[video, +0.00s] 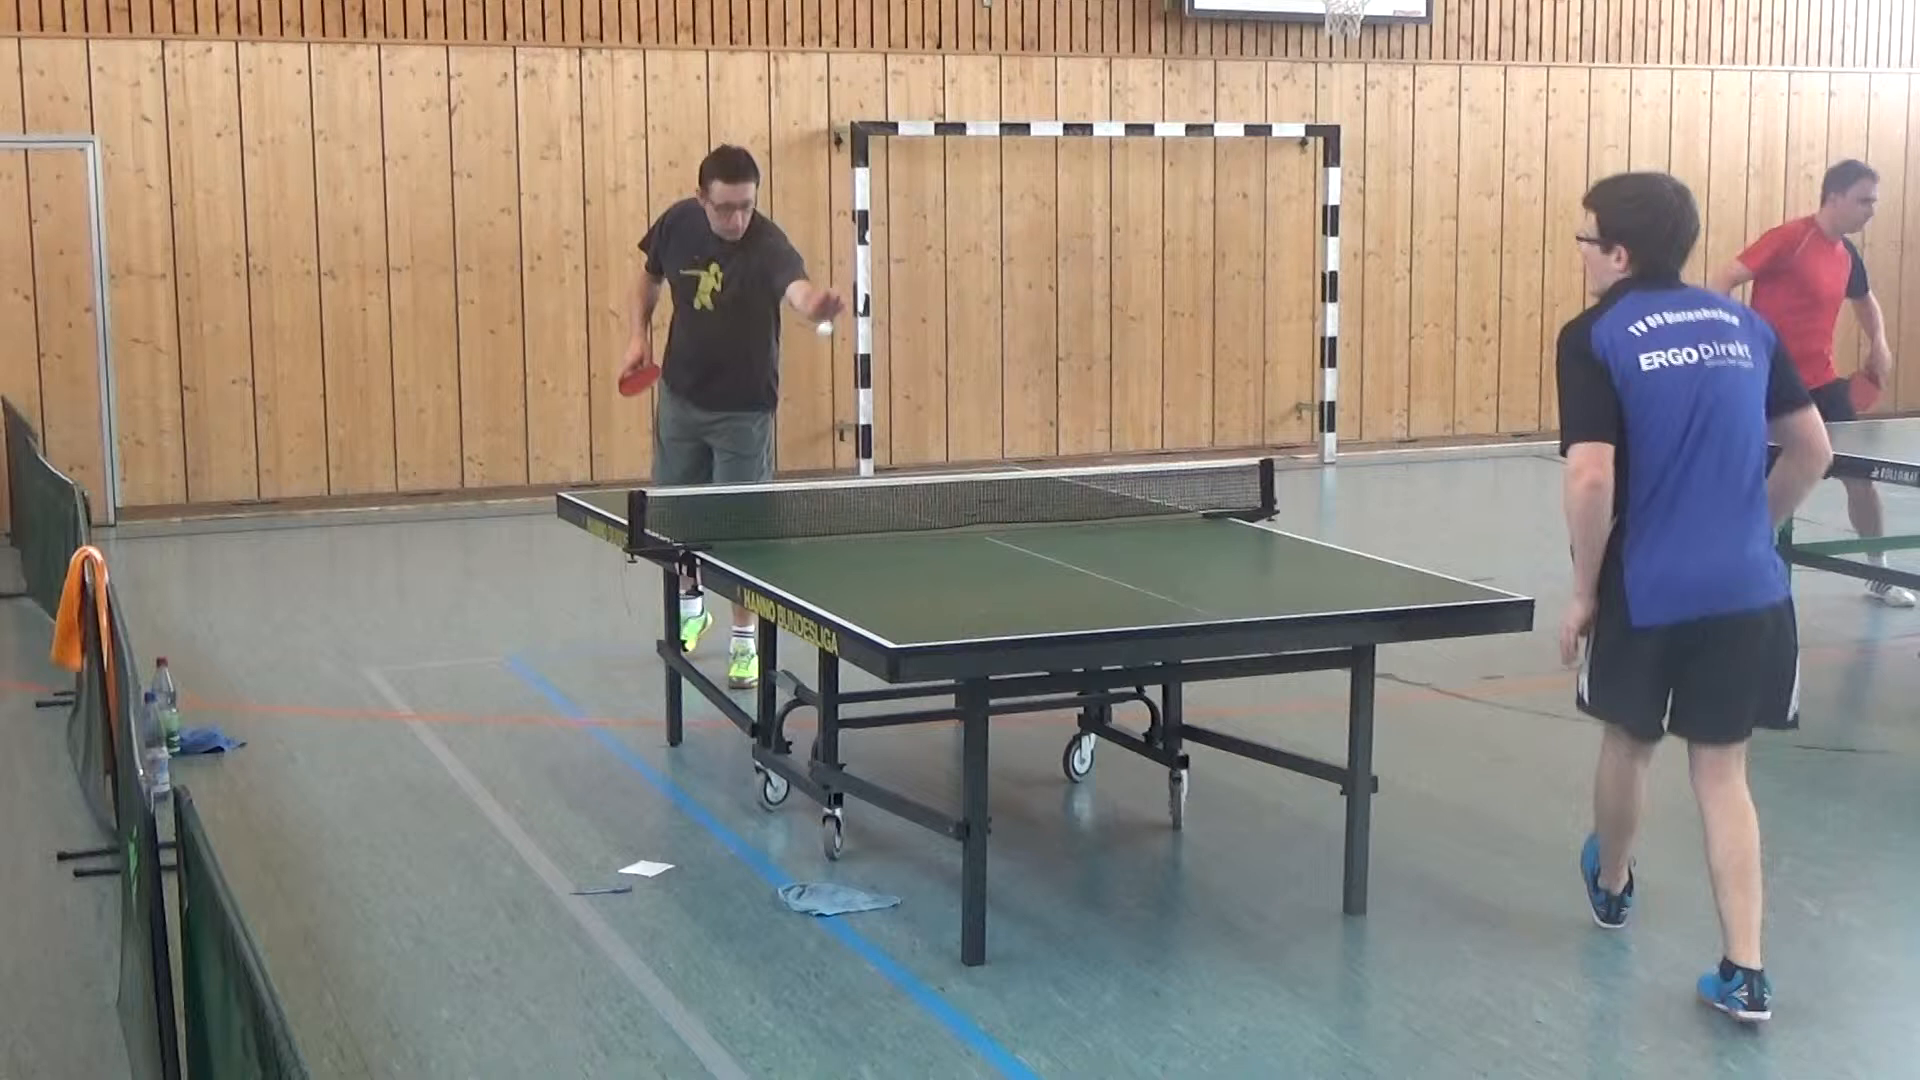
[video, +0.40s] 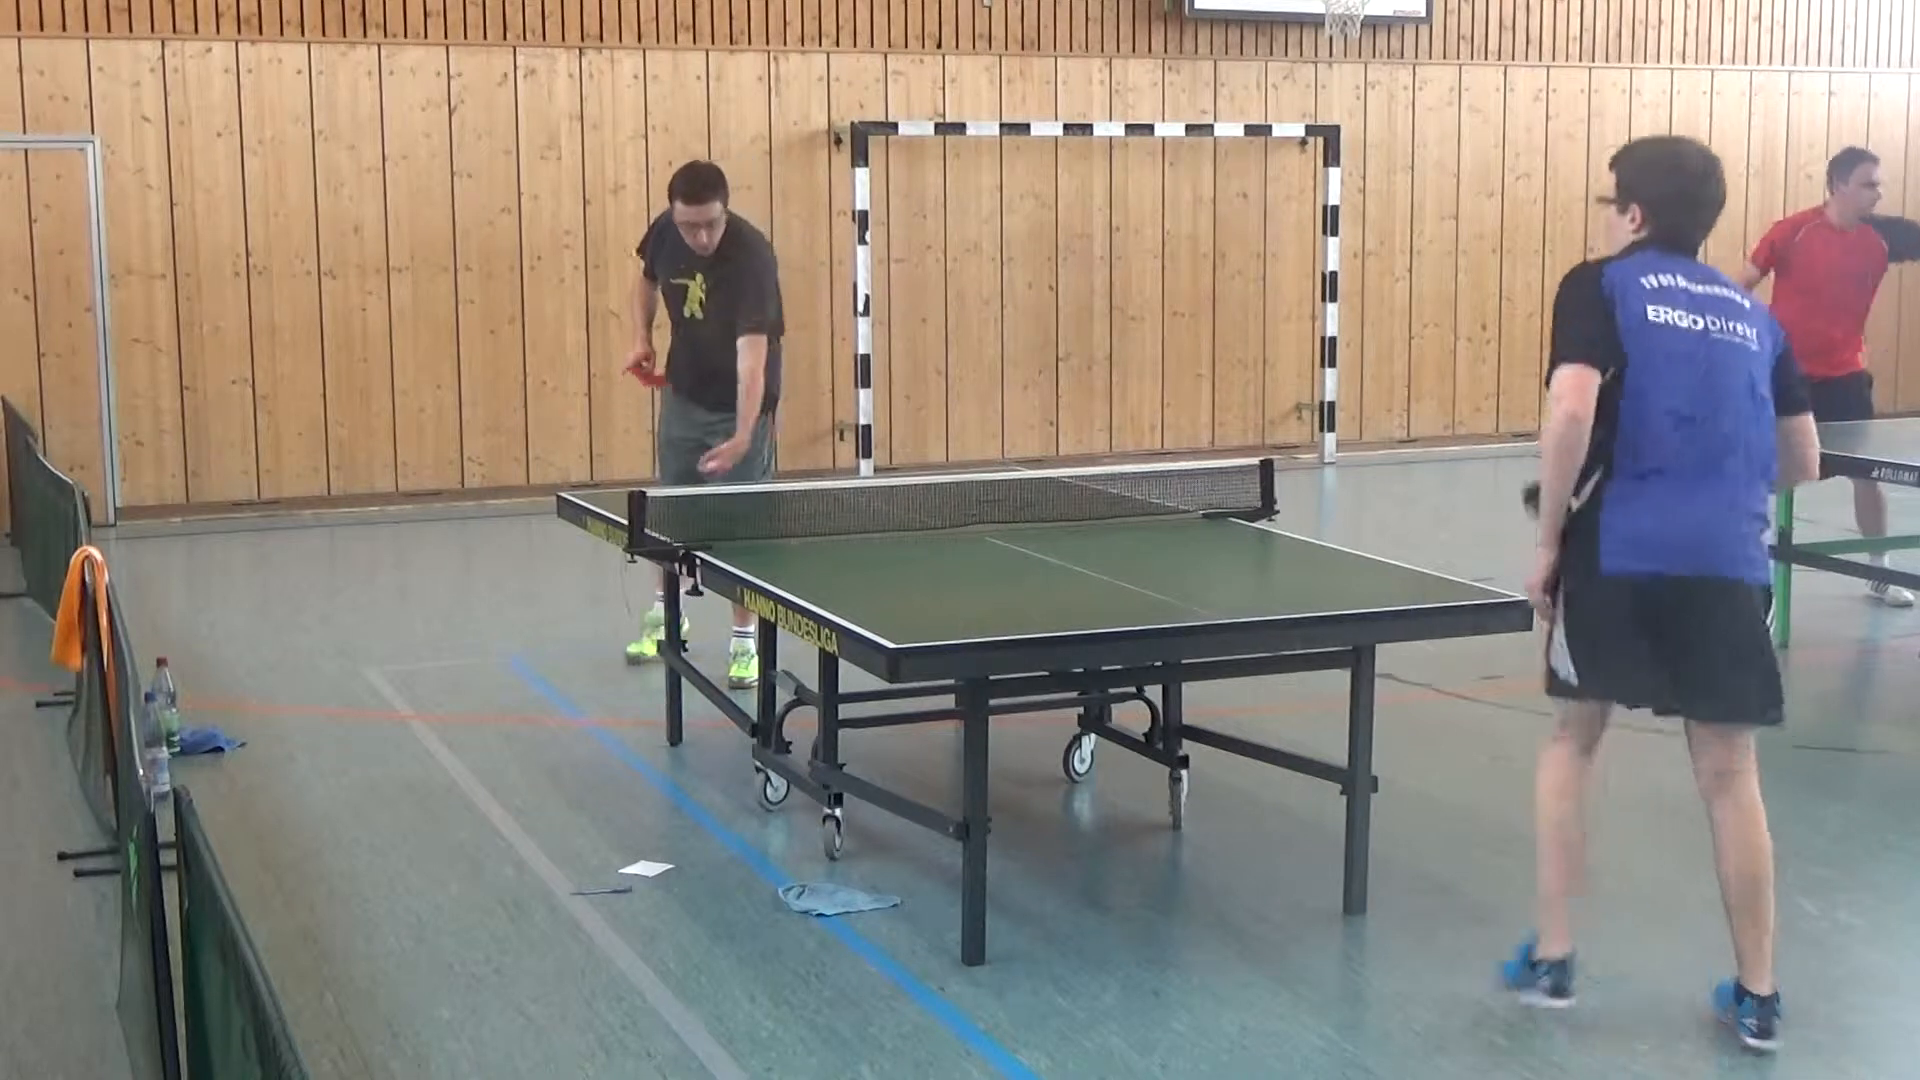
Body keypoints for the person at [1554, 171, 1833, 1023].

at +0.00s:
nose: (1579, 254)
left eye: (1588, 243)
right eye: (1582, 239)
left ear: (1624, 251)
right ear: (1672, 248)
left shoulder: (1591, 337)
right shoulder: (1747, 324)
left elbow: (1592, 475)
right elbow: (1811, 449)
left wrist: (1583, 590)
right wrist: (1754, 524)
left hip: (1646, 591)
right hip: (1747, 588)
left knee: (1627, 742)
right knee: (1724, 769)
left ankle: (1611, 882)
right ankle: (1746, 972)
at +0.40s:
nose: (1605, 220)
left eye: (1611, 207)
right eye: (1610, 205)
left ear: (1634, 214)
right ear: (1703, 218)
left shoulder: (1597, 285)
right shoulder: (1756, 311)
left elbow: (1573, 409)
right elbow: (1803, 461)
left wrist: (1548, 534)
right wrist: (1723, 473)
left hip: (1618, 562)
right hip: (1727, 572)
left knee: (1571, 742)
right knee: (1732, 776)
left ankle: (1552, 956)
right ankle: (1758, 996)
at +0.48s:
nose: (1591, 223)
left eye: (1598, 209)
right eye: (1595, 207)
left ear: (1626, 218)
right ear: (1694, 223)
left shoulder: (1585, 296)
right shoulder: (1753, 321)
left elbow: (1555, 425)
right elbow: (1784, 474)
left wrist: (1519, 566)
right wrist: (1696, 460)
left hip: (1605, 583)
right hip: (1720, 597)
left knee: (1525, 771)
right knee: (1733, 802)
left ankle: (1484, 994)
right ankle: (1787, 1027)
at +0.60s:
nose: (1560, 267)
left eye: (1566, 253)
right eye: (1564, 251)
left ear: (1594, 263)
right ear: (1665, 266)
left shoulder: (1554, 351)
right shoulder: (1722, 366)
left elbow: (1524, 494)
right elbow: (1747, 523)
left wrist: (1494, 635)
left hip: (1574, 649)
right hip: (1689, 655)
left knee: (1476, 831)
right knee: (1717, 839)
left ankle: (1402, 1048)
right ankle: (1788, 1042)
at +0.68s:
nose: (1531, 284)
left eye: (1537, 273)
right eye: (1534, 270)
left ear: (1560, 285)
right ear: (1633, 290)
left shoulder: (1519, 371)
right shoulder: (1687, 396)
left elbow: (1480, 529)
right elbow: (1708, 554)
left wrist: (1449, 664)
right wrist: (1608, 531)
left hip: (1525, 676)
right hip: (1639, 684)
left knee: (1439, 870)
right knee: (1682, 850)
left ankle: (1399, 1070)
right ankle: (1783, 1042)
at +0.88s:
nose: (1425, 292)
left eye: (1431, 280)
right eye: (1430, 278)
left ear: (1448, 296)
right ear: (1528, 308)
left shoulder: (1401, 381)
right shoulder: (1573, 415)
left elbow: (1337, 542)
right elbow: (1605, 588)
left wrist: (1317, 664)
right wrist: (1515, 552)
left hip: (1421, 691)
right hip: (1536, 692)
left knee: (1337, 877)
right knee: (1540, 814)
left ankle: (1368, 1072)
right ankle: (1658, 1005)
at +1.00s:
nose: (1384, 275)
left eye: (1390, 263)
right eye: (1392, 260)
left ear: (1409, 274)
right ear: (1487, 286)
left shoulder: (1358, 358)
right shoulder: (1540, 390)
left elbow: (1299, 514)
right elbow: (1577, 561)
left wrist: (1281, 640)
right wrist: (1497, 543)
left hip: (1391, 665)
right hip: (1508, 666)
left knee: (1345, 875)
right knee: (1483, 812)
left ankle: (1369, 1070)